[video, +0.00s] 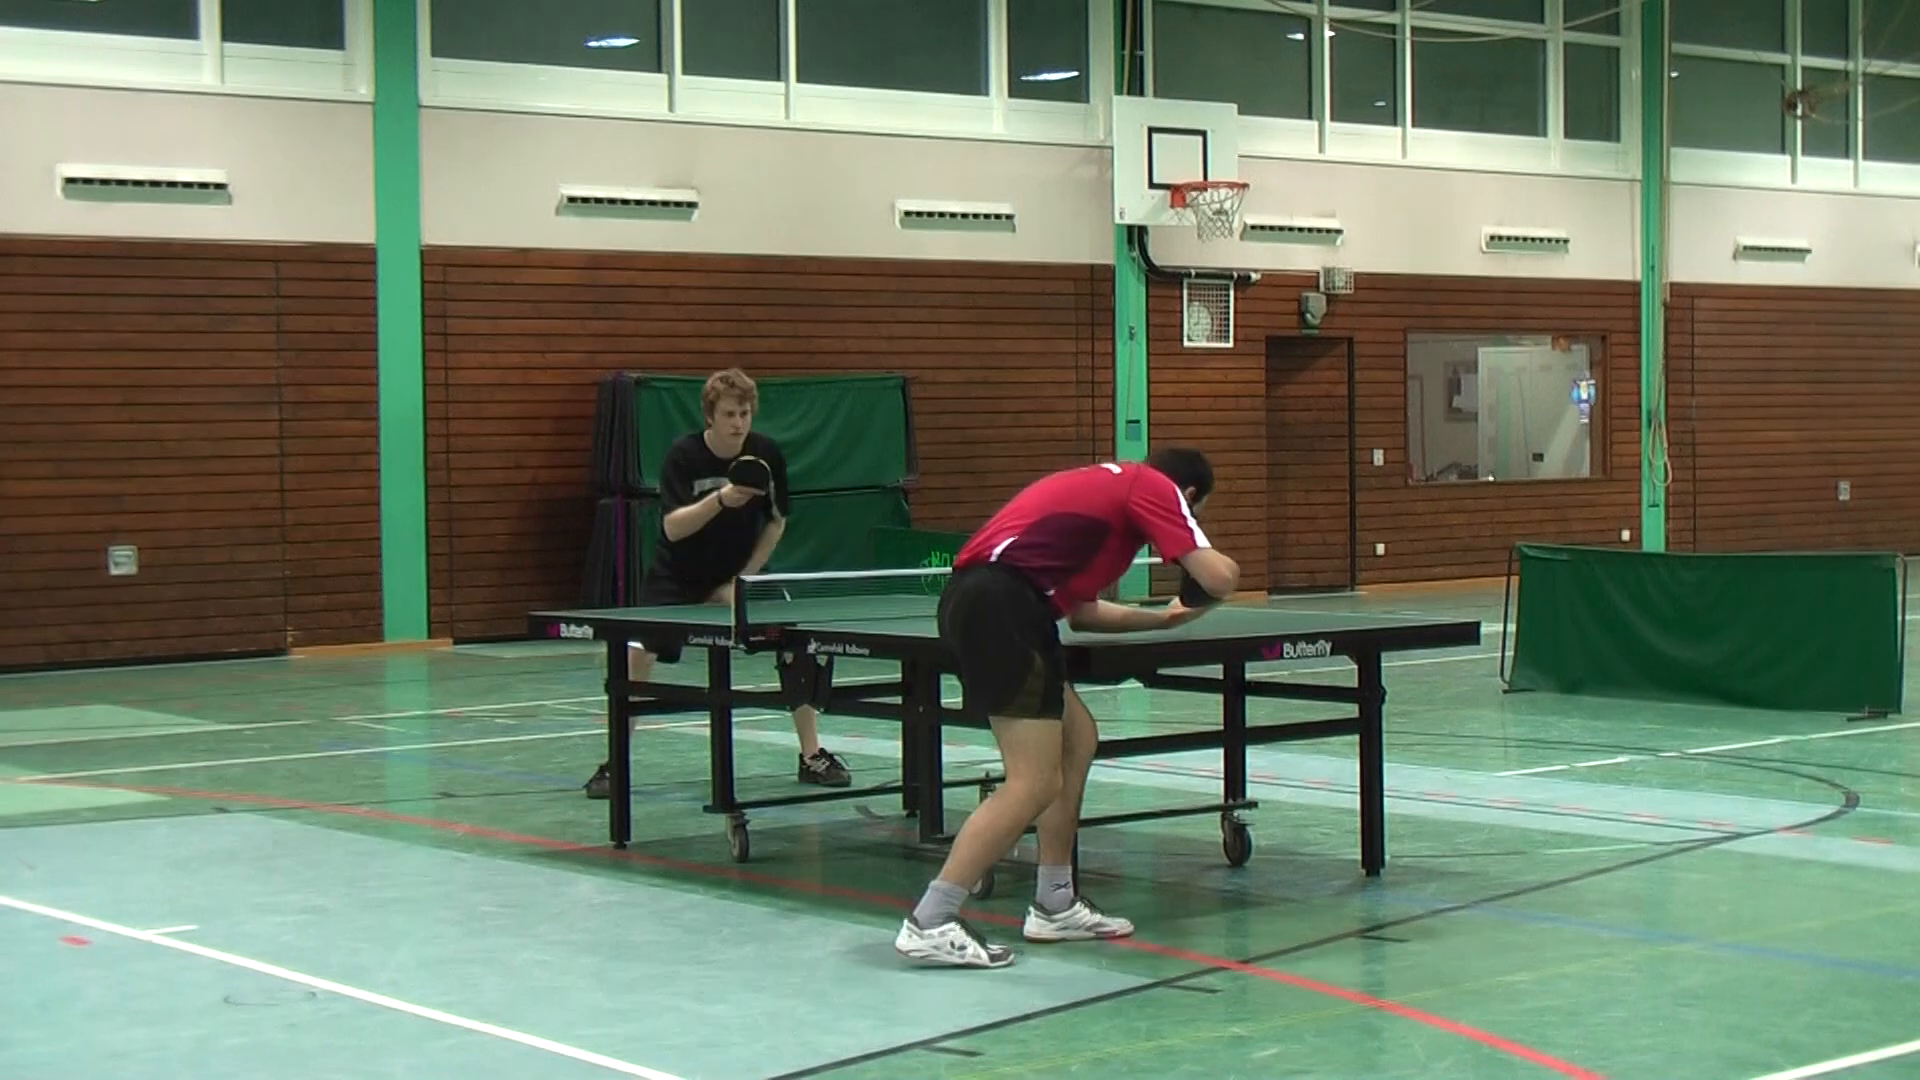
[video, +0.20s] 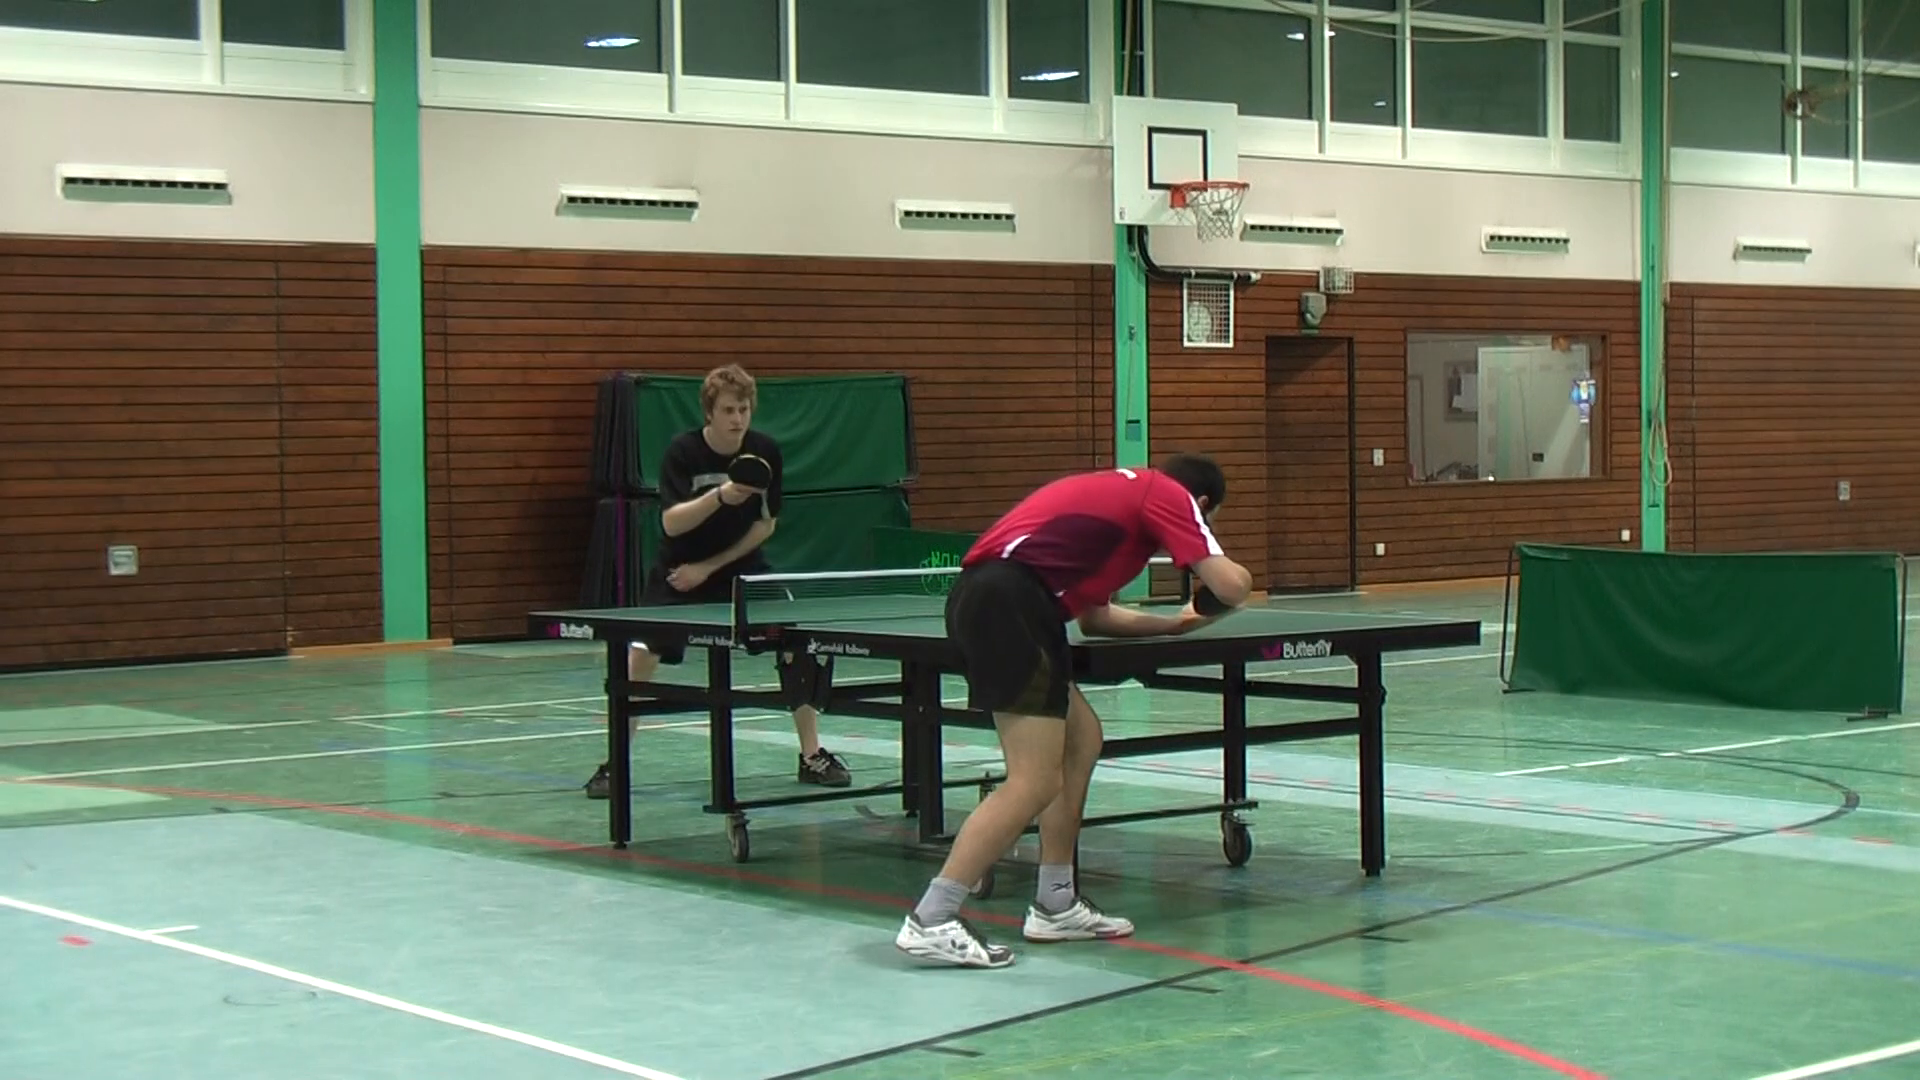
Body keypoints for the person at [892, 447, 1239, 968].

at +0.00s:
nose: (1193, 514)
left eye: (1195, 508)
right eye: (1196, 505)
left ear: (1151, 468)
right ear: (1185, 490)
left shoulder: (1101, 496)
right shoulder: (1150, 485)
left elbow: (1080, 611)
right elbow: (1218, 576)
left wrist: (1167, 617)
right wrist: (1211, 587)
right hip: (998, 600)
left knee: (1079, 736)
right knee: (1035, 780)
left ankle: (1055, 905)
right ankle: (928, 922)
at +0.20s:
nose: (1205, 522)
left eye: (1206, 517)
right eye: (1208, 512)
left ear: (1163, 474)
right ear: (1197, 497)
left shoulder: (1109, 502)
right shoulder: (1164, 491)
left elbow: (1093, 615)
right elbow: (1231, 584)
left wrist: (1178, 622)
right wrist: (1216, 601)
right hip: (1006, 596)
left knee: (1082, 737)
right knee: (1034, 778)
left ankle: (1056, 905)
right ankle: (929, 920)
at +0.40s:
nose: (1209, 525)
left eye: (1211, 520)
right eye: (1214, 516)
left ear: (1168, 476)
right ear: (1202, 500)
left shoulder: (1111, 501)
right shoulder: (1171, 493)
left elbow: (1101, 618)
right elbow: (1237, 587)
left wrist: (1185, 623)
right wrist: (1248, 592)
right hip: (1012, 595)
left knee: (1084, 738)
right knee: (1033, 777)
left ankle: (1056, 905)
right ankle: (930, 919)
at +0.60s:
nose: (1213, 526)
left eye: (1216, 521)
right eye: (1218, 517)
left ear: (1171, 476)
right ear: (1206, 501)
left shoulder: (1117, 503)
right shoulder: (1175, 494)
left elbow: (1105, 618)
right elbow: (1239, 590)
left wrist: (1188, 623)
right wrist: (1252, 590)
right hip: (1014, 592)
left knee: (1085, 738)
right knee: (1033, 776)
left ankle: (1056, 905)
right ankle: (931, 917)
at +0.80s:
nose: (1215, 525)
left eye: (1217, 520)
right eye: (1220, 516)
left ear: (1175, 475)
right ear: (1210, 500)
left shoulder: (1118, 502)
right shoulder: (1176, 492)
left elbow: (1106, 617)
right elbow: (1241, 589)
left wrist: (1187, 624)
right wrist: (1256, 573)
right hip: (1016, 588)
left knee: (1084, 739)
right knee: (1032, 771)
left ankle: (1055, 906)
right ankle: (933, 915)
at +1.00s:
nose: (1218, 520)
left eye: (1220, 515)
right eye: (1221, 511)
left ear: (1177, 474)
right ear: (1211, 496)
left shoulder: (1123, 499)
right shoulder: (1179, 491)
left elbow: (1104, 613)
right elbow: (1245, 586)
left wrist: (1190, 622)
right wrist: (1268, 567)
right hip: (1015, 585)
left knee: (1079, 739)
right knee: (1032, 766)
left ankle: (1054, 907)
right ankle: (934, 913)